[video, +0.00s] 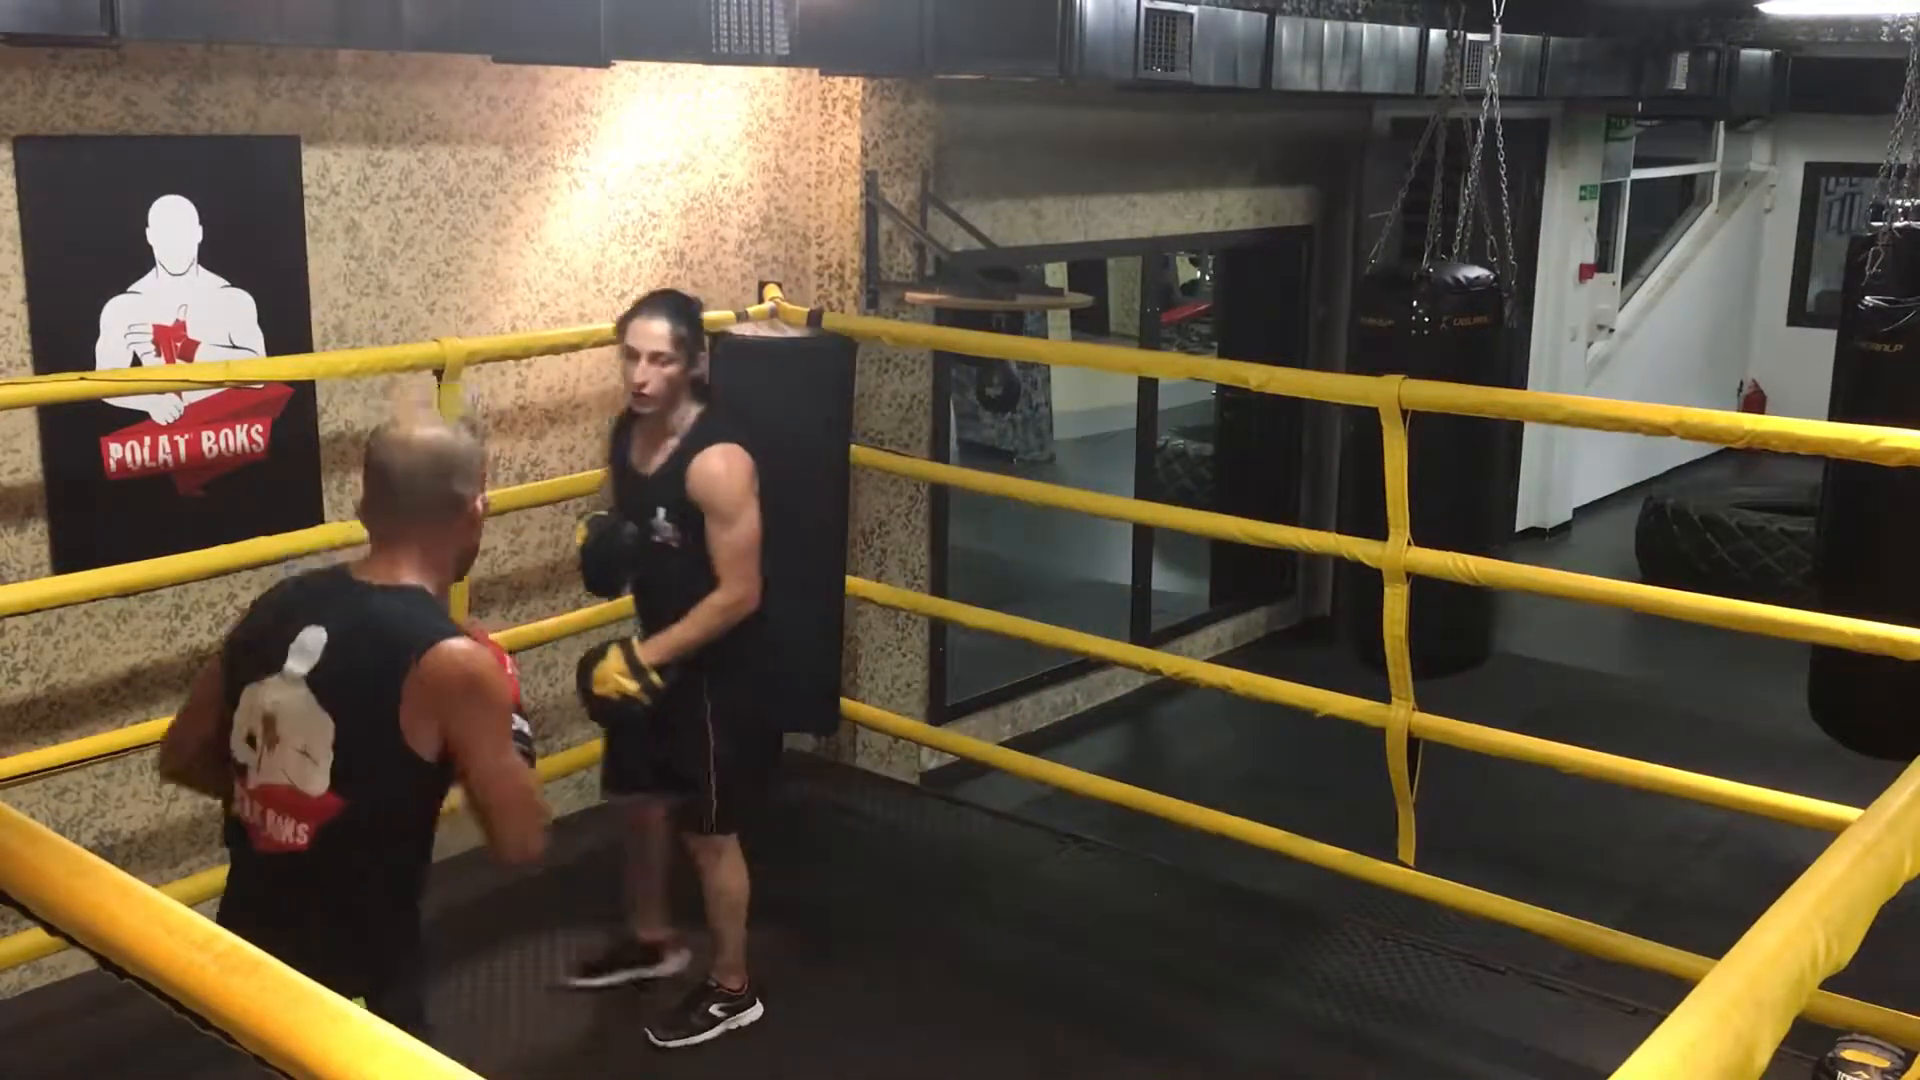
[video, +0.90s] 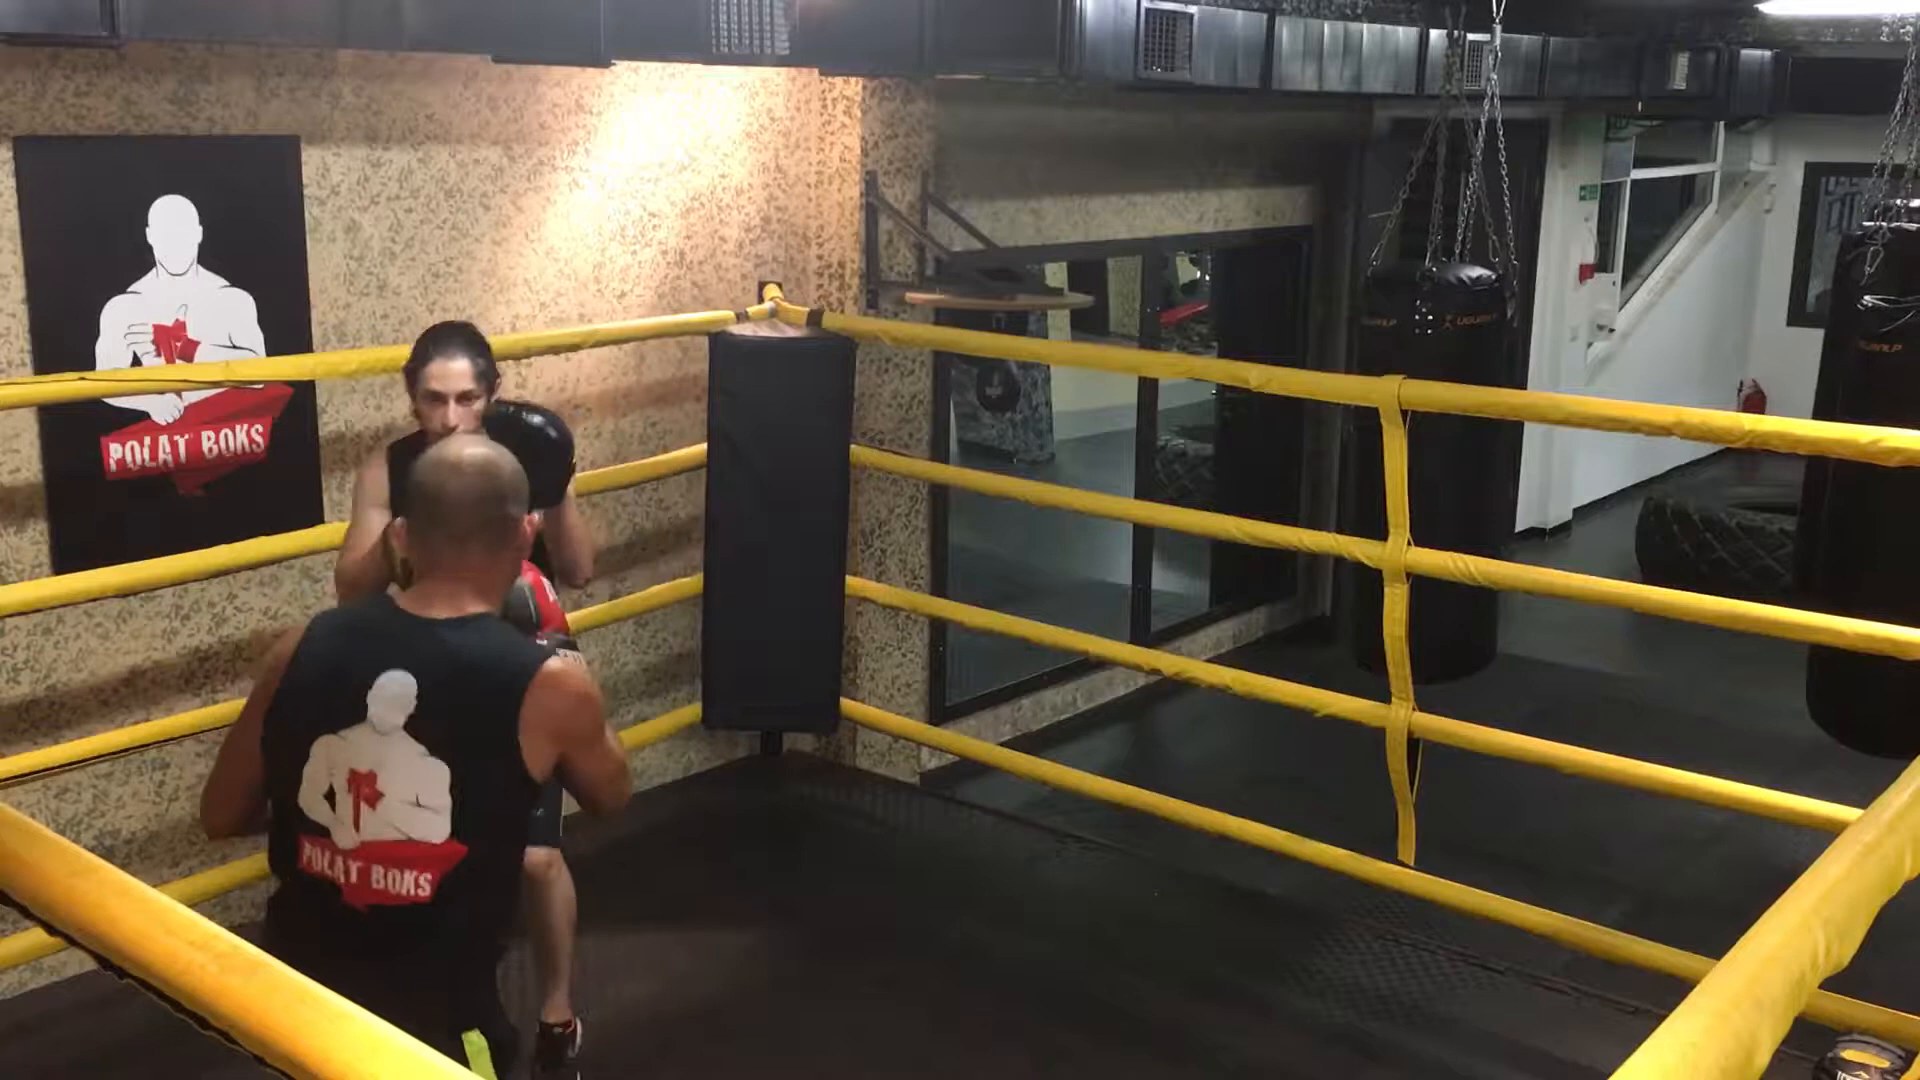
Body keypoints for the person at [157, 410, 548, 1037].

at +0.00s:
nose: (482, 519)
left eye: (479, 502)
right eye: (482, 504)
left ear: (364, 508)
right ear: (471, 514)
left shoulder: (279, 605)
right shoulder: (456, 666)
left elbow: (183, 755)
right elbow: (520, 845)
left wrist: (289, 788)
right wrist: (513, 729)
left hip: (246, 958)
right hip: (364, 975)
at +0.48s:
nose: (469, 491)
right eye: (467, 476)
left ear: (347, 491)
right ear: (458, 479)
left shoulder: (280, 594)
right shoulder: (465, 617)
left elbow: (235, 773)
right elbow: (524, 816)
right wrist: (508, 707)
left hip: (289, 936)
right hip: (401, 946)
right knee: (482, 1062)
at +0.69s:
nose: (515, 496)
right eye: (512, 486)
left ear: (386, 509)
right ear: (503, 503)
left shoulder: (305, 616)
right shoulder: (513, 648)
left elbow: (218, 797)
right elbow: (576, 814)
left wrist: (339, 751)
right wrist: (545, 669)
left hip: (304, 980)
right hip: (433, 988)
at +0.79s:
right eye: (527, 500)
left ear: (398, 507)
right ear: (518, 511)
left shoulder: (312, 619)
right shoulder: (538, 652)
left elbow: (215, 794)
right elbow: (594, 805)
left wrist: (341, 754)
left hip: (303, 980)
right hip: (441, 990)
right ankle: (567, 1016)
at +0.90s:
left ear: (400, 540)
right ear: (525, 537)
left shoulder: (308, 648)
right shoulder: (550, 684)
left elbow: (223, 813)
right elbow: (611, 795)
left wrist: (342, 785)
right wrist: (557, 661)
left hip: (300, 1001)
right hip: (444, 1016)